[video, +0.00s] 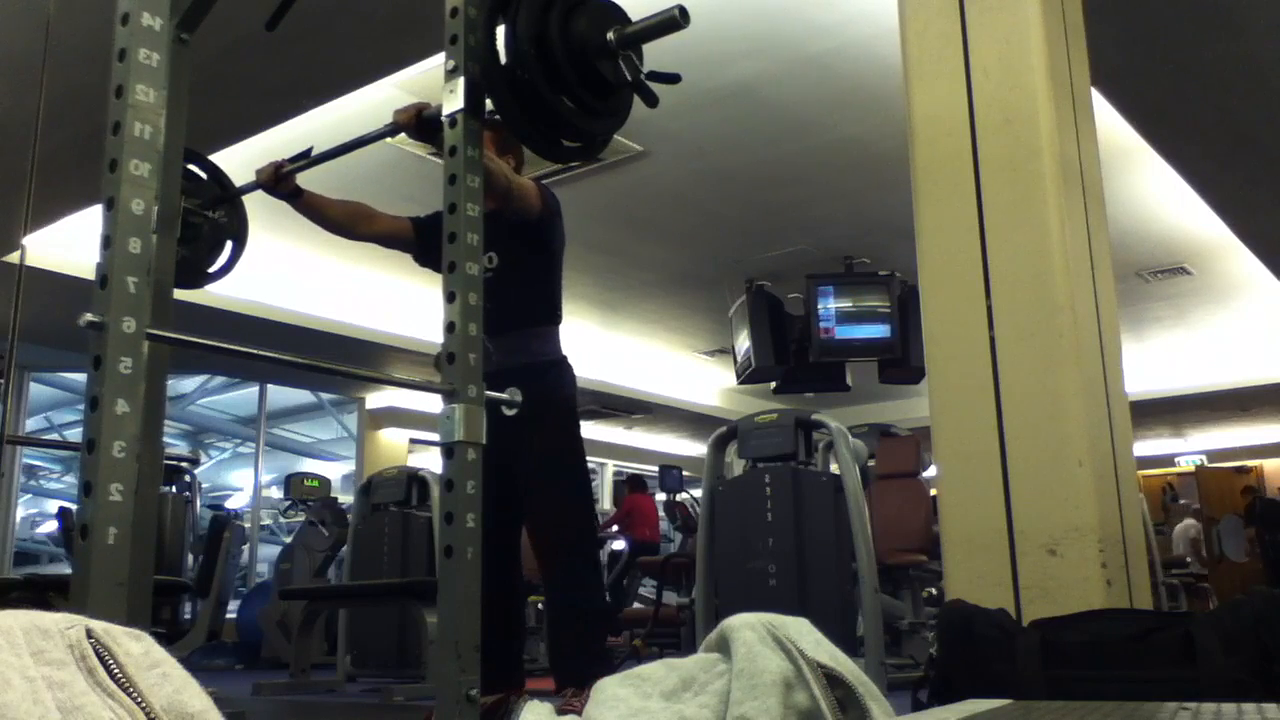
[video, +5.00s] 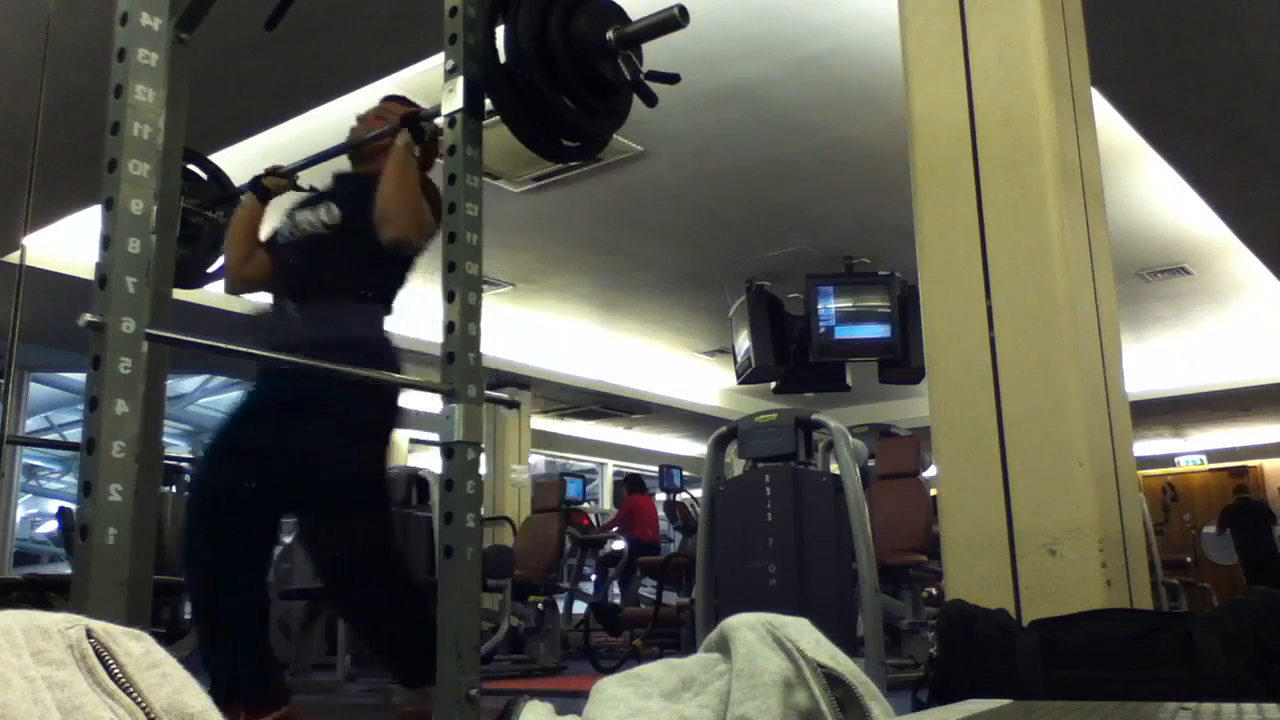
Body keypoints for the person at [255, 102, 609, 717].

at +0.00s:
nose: (469, 164)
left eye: (478, 152)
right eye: (462, 156)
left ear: (508, 152)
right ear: (457, 163)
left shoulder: (539, 209)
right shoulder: (455, 226)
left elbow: (503, 181)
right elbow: (366, 222)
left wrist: (440, 134)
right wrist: (294, 193)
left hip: (539, 389)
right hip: (477, 395)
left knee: (561, 538)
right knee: (486, 547)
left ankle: (578, 685)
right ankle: (498, 686)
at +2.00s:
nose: (466, 166)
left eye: (475, 154)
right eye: (460, 159)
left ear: (507, 153)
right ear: (456, 165)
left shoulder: (543, 207)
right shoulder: (456, 227)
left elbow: (501, 178)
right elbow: (368, 224)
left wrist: (439, 133)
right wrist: (294, 192)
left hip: (539, 385)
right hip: (476, 393)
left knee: (565, 539)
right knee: (488, 548)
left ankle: (579, 684)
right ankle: (498, 687)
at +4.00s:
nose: (471, 159)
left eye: (482, 148)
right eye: (465, 153)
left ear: (516, 154)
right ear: (459, 162)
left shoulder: (543, 204)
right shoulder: (457, 223)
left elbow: (502, 179)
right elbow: (370, 221)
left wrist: (440, 134)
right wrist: (295, 192)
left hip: (538, 384)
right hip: (476, 392)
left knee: (565, 538)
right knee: (488, 546)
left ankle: (579, 684)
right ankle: (498, 686)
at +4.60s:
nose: (468, 157)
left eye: (479, 145)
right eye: (460, 146)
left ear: (504, 152)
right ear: (447, 154)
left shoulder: (526, 200)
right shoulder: (431, 217)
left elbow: (517, 207)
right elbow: (350, 252)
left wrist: (445, 142)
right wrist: (297, 198)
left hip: (512, 389)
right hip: (449, 392)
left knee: (503, 537)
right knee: (435, 536)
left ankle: (500, 683)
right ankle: (461, 679)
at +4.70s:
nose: (428, 155)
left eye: (444, 146)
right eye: (427, 147)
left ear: (476, 156)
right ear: (427, 159)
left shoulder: (502, 208)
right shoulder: (407, 226)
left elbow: (499, 226)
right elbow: (331, 273)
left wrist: (436, 144)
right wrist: (291, 203)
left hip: (490, 397)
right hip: (421, 399)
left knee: (469, 544)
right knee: (370, 533)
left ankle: (475, 685)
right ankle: (437, 677)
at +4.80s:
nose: (403, 150)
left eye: (418, 140)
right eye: (399, 142)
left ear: (446, 153)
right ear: (393, 158)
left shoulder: (470, 206)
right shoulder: (382, 226)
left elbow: (469, 241)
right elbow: (304, 284)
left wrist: (434, 160)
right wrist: (281, 206)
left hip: (447, 404)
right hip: (386, 402)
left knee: (426, 553)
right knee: (298, 524)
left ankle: (445, 690)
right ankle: (343, 675)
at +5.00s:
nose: (373, 118)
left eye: (389, 114)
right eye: (370, 112)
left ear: (409, 140)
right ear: (354, 135)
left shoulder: (412, 195)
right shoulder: (315, 210)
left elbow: (399, 231)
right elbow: (240, 271)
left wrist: (412, 147)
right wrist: (258, 194)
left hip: (351, 379)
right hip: (287, 380)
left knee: (351, 546)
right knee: (220, 517)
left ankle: (432, 681)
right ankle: (250, 694)